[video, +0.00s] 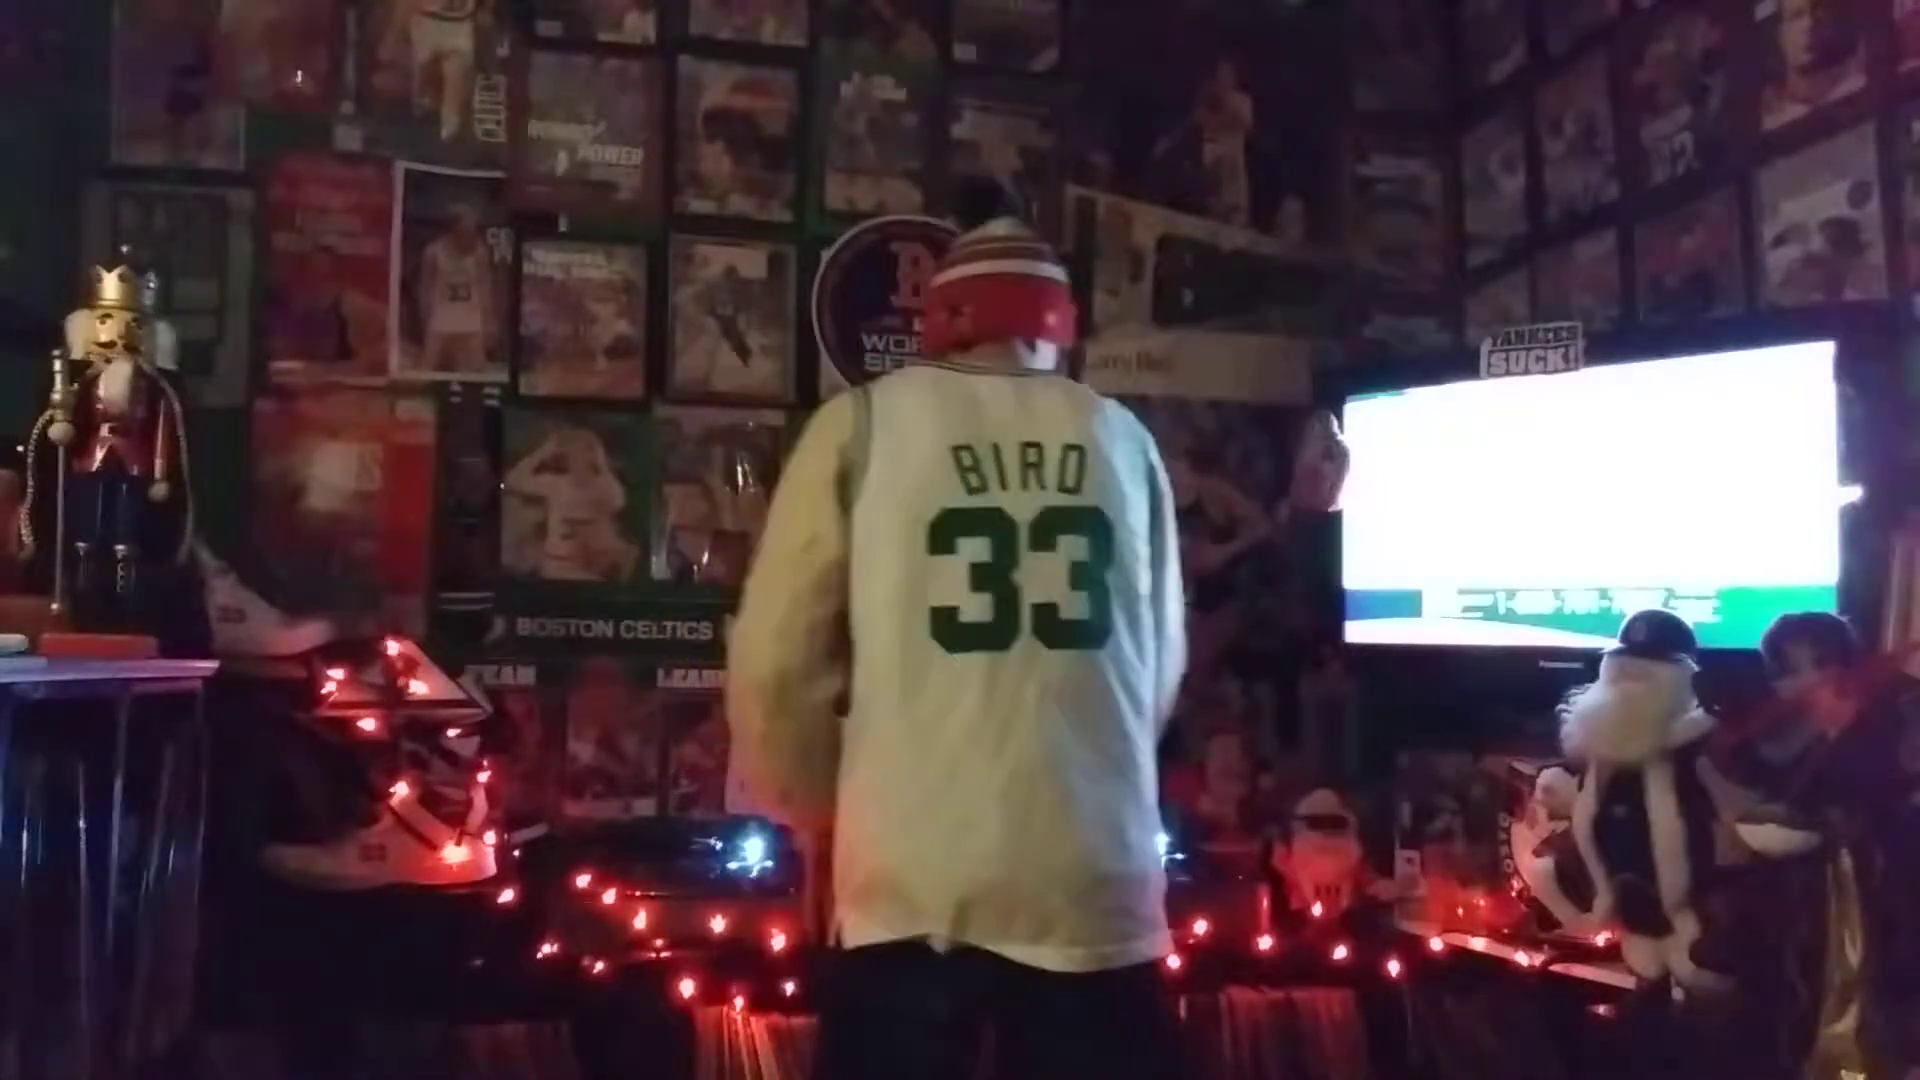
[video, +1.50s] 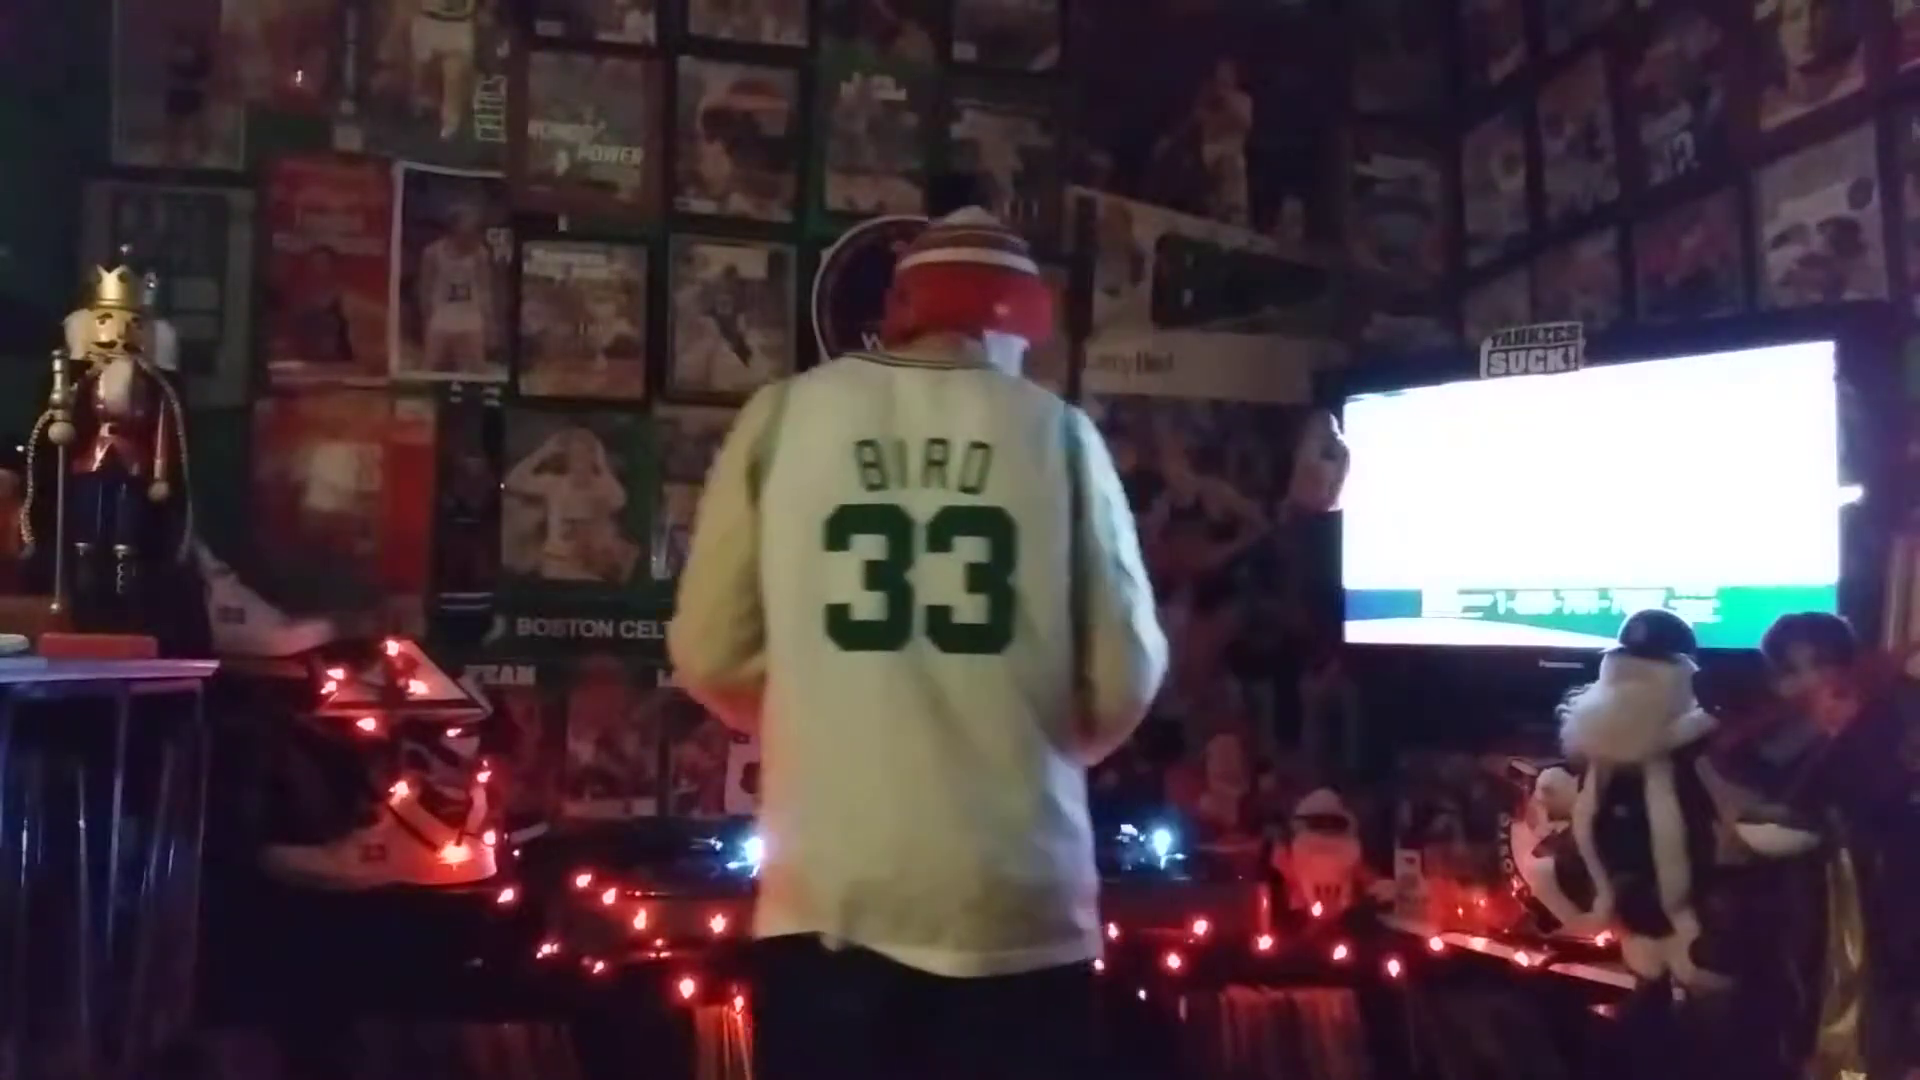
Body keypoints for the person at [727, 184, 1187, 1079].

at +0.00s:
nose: (919, 322)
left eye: (929, 306)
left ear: (945, 318)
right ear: (1062, 335)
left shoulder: (857, 424)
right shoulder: (1128, 440)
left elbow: (773, 662)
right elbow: (1161, 664)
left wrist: (830, 814)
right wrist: (1083, 779)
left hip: (908, 874)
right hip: (1097, 882)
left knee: (895, 1063)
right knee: (1099, 1067)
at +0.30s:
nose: (979, 335)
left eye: (988, 316)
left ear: (1010, 319)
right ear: (1116, 340)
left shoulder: (924, 418)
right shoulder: (1189, 451)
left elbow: (844, 667)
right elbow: (1249, 705)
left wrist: (868, 813)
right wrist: (1179, 812)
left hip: (953, 887)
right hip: (1140, 902)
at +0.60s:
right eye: (1168, 346)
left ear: (1032, 323)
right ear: (1153, 347)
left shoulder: (946, 414)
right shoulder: (1218, 455)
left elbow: (857, 655)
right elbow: (1268, 703)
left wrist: (941, 770)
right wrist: (1181, 812)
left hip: (963, 880)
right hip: (1151, 898)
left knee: (931, 1063)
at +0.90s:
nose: (1164, 362)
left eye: (1013, 323)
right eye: (1163, 346)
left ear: (1027, 325)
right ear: (1152, 342)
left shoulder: (925, 418)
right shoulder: (1205, 451)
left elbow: (864, 664)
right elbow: (1246, 702)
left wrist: (973, 744)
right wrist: (1131, 764)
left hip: (948, 884)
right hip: (1140, 896)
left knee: (931, 1063)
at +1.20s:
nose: (1122, 360)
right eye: (1119, 345)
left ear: (985, 326)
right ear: (1107, 342)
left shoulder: (875, 414)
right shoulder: (1150, 450)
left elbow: (797, 653)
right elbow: (1200, 701)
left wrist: (913, 712)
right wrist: (1099, 771)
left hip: (899, 899)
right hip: (1094, 910)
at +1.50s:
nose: (1031, 353)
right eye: (1029, 335)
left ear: (899, 317)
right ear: (1015, 327)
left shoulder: (782, 414)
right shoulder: (1060, 434)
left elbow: (709, 652)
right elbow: (1121, 679)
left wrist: (822, 724)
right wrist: (1022, 750)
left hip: (824, 916)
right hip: (1019, 920)